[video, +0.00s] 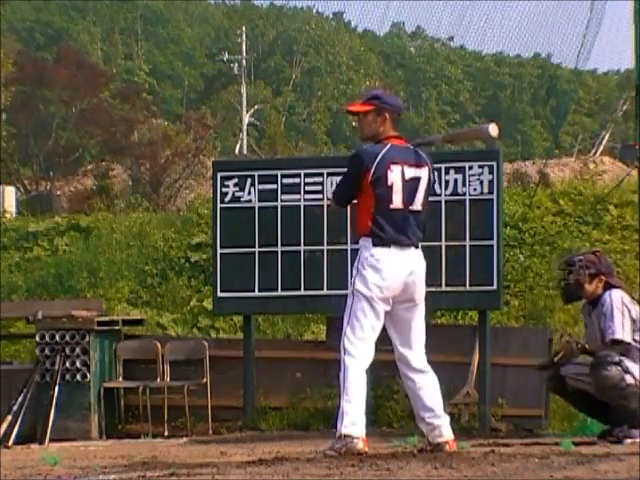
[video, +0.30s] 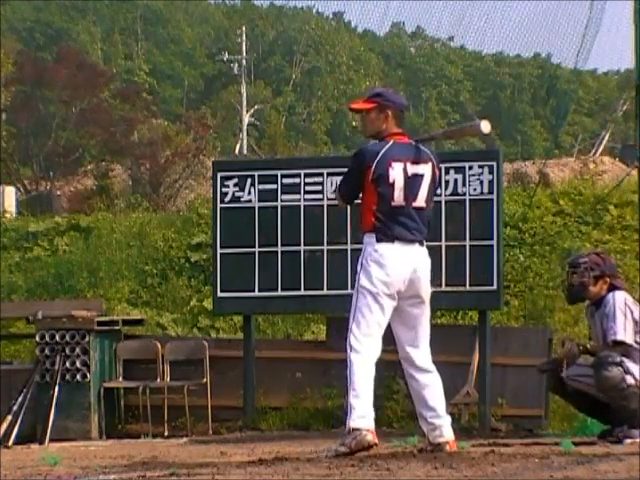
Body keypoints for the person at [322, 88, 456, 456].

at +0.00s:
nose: (358, 123)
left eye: (363, 117)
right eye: (358, 117)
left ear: (384, 119)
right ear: (388, 121)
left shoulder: (367, 156)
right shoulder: (422, 159)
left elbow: (339, 200)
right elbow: (407, 196)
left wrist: (364, 175)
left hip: (378, 260)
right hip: (414, 261)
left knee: (356, 349)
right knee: (413, 355)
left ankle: (351, 434)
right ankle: (441, 434)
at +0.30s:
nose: (361, 121)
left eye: (366, 114)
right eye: (362, 115)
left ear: (387, 116)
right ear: (393, 119)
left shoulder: (370, 153)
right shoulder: (428, 156)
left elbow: (344, 195)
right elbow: (422, 192)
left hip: (382, 256)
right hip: (419, 258)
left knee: (363, 343)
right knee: (418, 351)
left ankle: (361, 427)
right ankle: (441, 433)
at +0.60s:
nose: (357, 121)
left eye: (362, 116)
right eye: (357, 115)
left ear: (381, 117)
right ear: (389, 119)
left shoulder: (364, 153)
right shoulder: (421, 158)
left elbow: (336, 194)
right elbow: (424, 204)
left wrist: (367, 168)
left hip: (373, 258)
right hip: (410, 260)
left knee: (360, 346)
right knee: (411, 349)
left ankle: (362, 431)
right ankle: (440, 433)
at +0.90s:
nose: (356, 121)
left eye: (361, 116)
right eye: (357, 115)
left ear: (380, 117)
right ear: (388, 119)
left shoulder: (362, 154)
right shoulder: (421, 158)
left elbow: (336, 193)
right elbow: (421, 197)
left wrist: (368, 164)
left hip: (373, 258)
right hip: (410, 259)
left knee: (360, 346)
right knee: (411, 349)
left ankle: (362, 430)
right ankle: (440, 433)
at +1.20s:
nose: (356, 121)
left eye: (361, 116)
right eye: (357, 116)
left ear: (381, 118)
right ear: (389, 120)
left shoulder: (363, 154)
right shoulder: (422, 156)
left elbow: (335, 193)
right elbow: (433, 182)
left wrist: (366, 169)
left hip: (374, 258)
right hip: (411, 260)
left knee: (360, 346)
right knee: (409, 351)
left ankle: (361, 429)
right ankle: (434, 435)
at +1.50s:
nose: (358, 121)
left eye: (364, 116)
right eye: (360, 116)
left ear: (382, 118)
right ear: (391, 119)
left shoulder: (365, 154)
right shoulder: (424, 155)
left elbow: (338, 190)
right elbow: (433, 175)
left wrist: (366, 162)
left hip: (379, 257)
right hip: (416, 259)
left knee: (350, 345)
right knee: (412, 353)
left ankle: (347, 427)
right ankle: (435, 437)